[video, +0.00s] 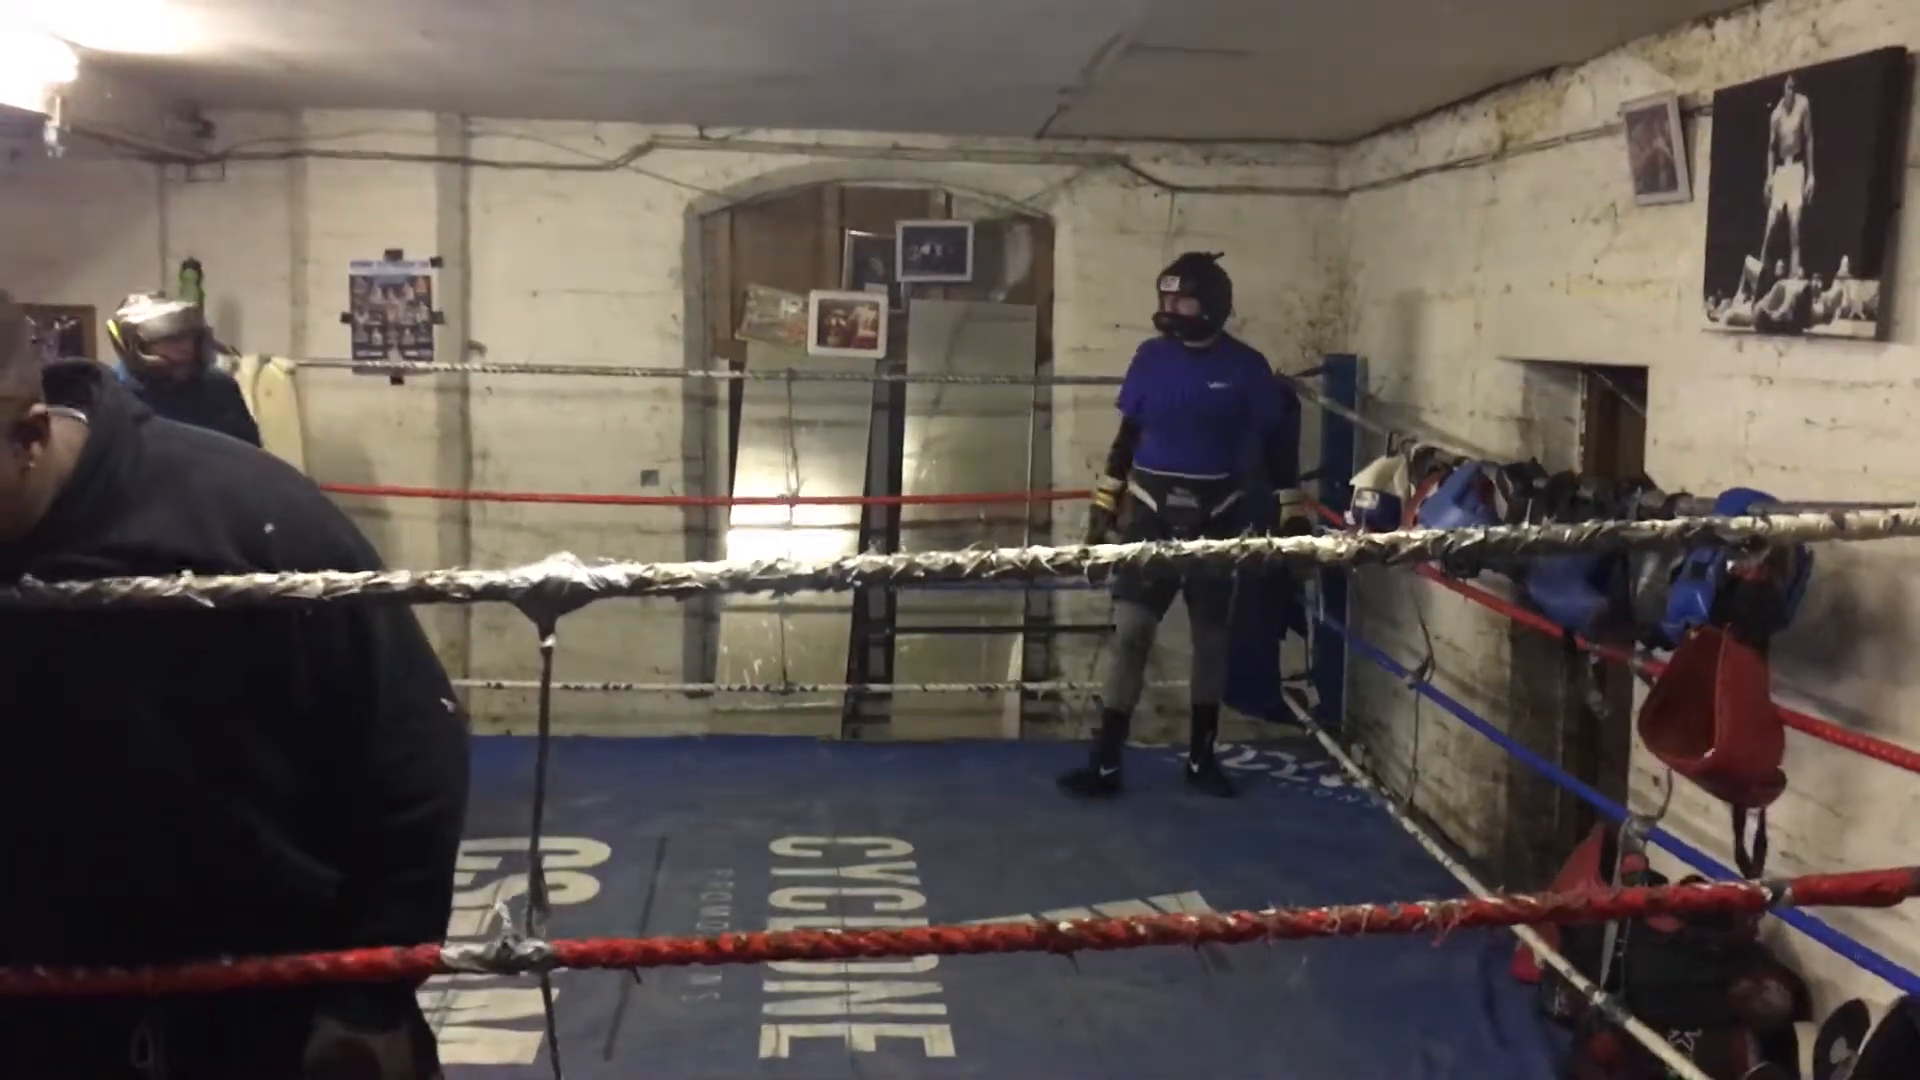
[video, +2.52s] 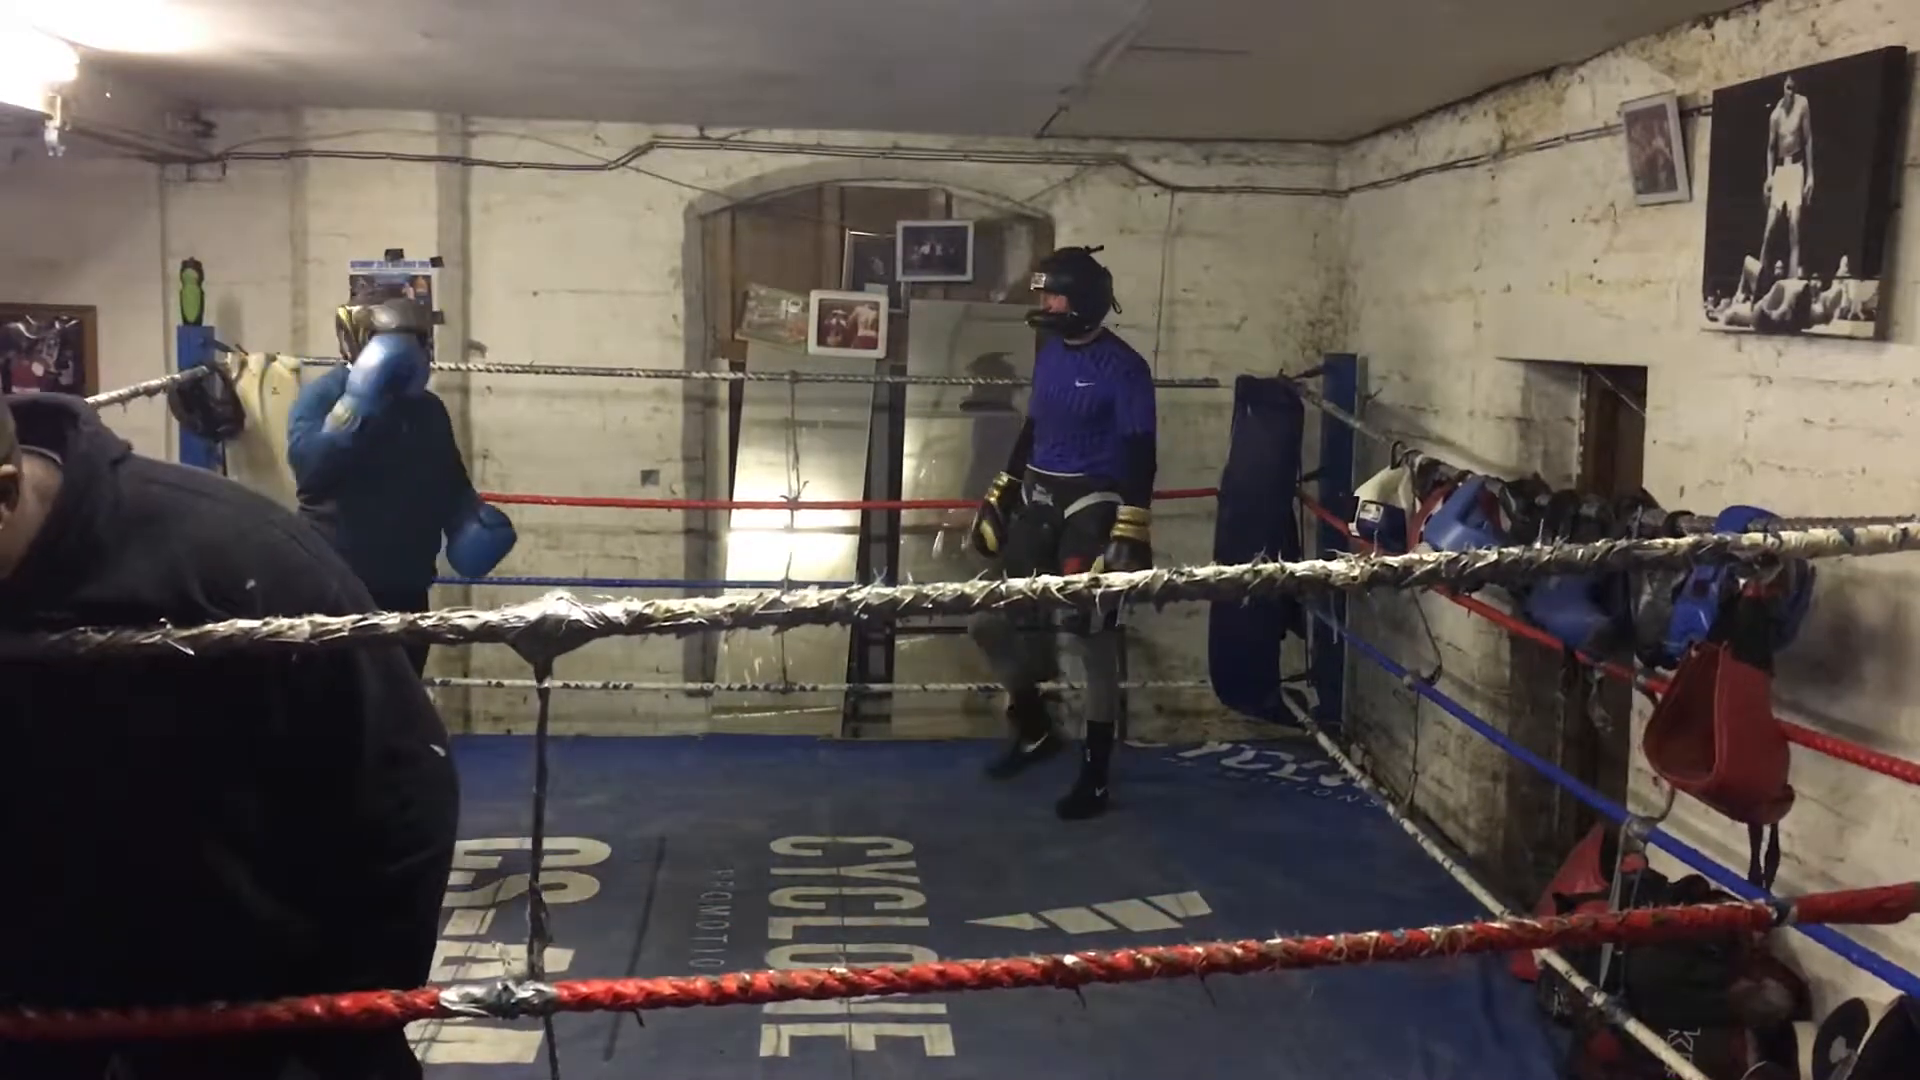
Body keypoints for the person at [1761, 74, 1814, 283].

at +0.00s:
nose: (1790, 91)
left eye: (1793, 88)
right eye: (1788, 88)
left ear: (1797, 89)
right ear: (1784, 89)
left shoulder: (1802, 104)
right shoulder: (1776, 114)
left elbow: (1809, 138)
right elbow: (1771, 147)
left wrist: (1811, 175)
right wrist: (1769, 176)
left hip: (1797, 164)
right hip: (1780, 165)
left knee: (1794, 217)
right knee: (1772, 218)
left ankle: (1795, 264)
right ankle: (1762, 261)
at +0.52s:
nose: (1788, 92)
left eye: (1791, 89)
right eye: (1786, 89)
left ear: (1795, 90)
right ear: (1782, 89)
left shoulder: (1801, 104)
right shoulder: (1774, 115)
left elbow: (1808, 138)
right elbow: (1770, 147)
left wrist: (1810, 175)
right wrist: (1768, 175)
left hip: (1796, 164)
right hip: (1779, 166)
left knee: (1794, 220)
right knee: (1770, 220)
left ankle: (1793, 268)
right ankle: (1761, 266)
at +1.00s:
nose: (1789, 93)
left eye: (1792, 89)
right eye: (1787, 89)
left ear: (1797, 90)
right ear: (1783, 89)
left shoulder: (1802, 105)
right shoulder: (1775, 115)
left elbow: (1809, 139)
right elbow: (1771, 146)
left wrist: (1810, 175)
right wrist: (1769, 175)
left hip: (1797, 163)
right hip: (1780, 164)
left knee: (1794, 218)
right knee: (1771, 219)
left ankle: (1794, 267)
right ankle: (1762, 265)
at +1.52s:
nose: (1789, 93)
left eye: (1792, 90)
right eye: (1787, 89)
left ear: (1797, 90)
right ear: (1782, 88)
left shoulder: (1802, 104)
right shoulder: (1775, 114)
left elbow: (1808, 139)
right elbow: (1771, 146)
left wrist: (1810, 175)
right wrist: (1769, 175)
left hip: (1797, 163)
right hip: (1779, 165)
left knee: (1794, 220)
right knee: (1771, 220)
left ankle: (1794, 269)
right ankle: (1762, 266)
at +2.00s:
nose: (1789, 92)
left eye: (1792, 89)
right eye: (1787, 88)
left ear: (1797, 90)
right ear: (1783, 88)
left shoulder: (1802, 104)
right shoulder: (1775, 114)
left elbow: (1809, 139)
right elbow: (1771, 146)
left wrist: (1810, 175)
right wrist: (1769, 175)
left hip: (1797, 163)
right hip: (1780, 165)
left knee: (1794, 220)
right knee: (1771, 221)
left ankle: (1794, 269)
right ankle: (1762, 267)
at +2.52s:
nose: (1788, 92)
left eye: (1792, 89)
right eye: (1787, 88)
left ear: (1796, 90)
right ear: (1783, 88)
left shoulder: (1802, 104)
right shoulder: (1775, 114)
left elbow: (1808, 139)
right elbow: (1771, 146)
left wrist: (1810, 175)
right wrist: (1769, 175)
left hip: (1797, 164)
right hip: (1780, 165)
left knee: (1794, 219)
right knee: (1771, 219)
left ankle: (1794, 267)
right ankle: (1762, 265)